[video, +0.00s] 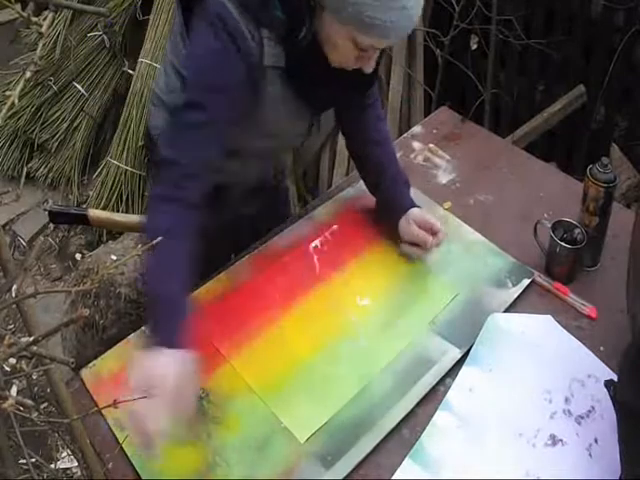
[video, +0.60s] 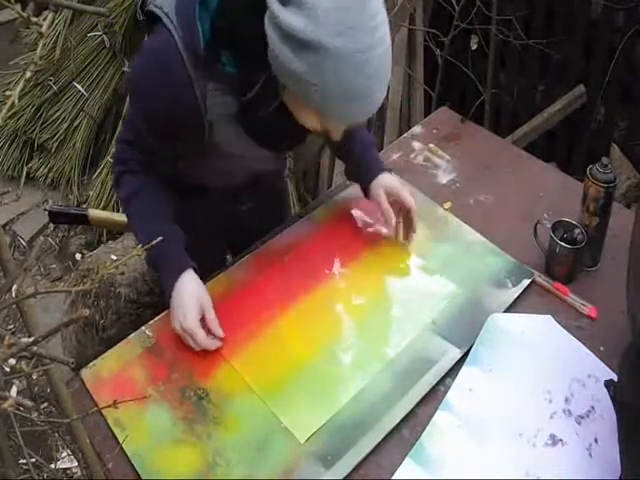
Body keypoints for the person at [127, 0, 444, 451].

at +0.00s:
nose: (367, 65)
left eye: (379, 52)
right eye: (359, 46)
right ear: (319, 10)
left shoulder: (346, 40)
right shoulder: (227, 33)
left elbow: (364, 120)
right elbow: (176, 190)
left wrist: (400, 206)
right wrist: (170, 342)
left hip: (266, 179)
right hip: (200, 185)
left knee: (277, 290)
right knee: (205, 306)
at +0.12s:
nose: (322, 71)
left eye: (336, 55)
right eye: (309, 51)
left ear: (355, 32)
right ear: (270, 11)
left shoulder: (331, 32)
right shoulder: (182, 42)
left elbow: (358, 103)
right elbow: (133, 162)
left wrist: (397, 208)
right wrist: (179, 286)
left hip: (267, 183)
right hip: (192, 199)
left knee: (288, 293)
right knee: (211, 315)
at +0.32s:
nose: (312, 106)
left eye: (326, 88)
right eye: (298, 88)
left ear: (339, 53)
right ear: (260, 42)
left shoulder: (315, 30)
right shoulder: (167, 49)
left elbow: (342, 97)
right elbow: (142, 167)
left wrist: (378, 187)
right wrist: (188, 268)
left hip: (263, 183)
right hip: (191, 201)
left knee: (288, 293)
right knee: (209, 320)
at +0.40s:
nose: (307, 177)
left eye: (320, 165)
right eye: (295, 164)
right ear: (257, 114)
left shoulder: (326, 58)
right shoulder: (167, 83)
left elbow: (342, 110)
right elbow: (134, 177)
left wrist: (370, 186)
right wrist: (179, 267)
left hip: (262, 184)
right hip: (188, 197)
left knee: (278, 288)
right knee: (203, 305)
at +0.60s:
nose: (334, 135)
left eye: (348, 121)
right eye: (321, 119)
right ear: (284, 78)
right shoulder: (173, 63)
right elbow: (134, 167)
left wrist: (373, 172)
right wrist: (177, 272)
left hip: (264, 182)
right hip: (189, 197)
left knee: (278, 292)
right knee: (207, 309)